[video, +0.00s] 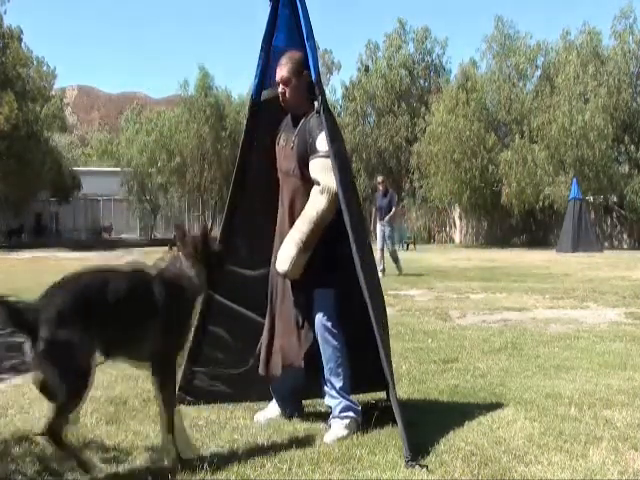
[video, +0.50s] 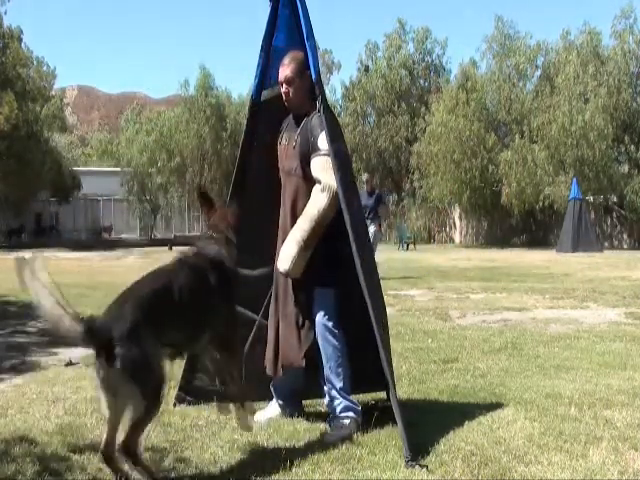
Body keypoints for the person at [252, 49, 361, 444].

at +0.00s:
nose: (279, 90)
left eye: (284, 83)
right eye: (277, 83)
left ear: (305, 83)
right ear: (283, 85)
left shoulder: (319, 126)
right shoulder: (285, 128)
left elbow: (327, 191)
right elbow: (287, 189)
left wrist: (294, 246)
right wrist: (281, 241)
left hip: (322, 238)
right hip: (290, 237)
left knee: (324, 321)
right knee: (286, 319)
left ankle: (343, 410)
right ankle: (284, 399)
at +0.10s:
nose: (279, 90)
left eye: (285, 83)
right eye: (277, 83)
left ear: (306, 83)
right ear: (281, 86)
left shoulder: (319, 126)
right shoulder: (286, 129)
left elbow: (327, 190)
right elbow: (288, 188)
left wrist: (295, 247)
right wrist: (282, 239)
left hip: (322, 239)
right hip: (291, 237)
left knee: (325, 321)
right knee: (286, 317)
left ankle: (343, 409)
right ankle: (284, 399)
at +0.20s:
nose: (281, 90)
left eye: (286, 82)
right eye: (278, 83)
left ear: (307, 83)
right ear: (281, 85)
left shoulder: (319, 126)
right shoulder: (286, 128)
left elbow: (328, 190)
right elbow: (287, 188)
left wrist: (296, 246)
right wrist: (281, 239)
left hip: (322, 238)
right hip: (290, 236)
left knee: (325, 320)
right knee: (286, 315)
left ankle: (344, 410)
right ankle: (284, 398)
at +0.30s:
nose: (281, 90)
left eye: (287, 82)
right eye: (279, 83)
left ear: (308, 83)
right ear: (281, 85)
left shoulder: (319, 126)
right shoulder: (287, 128)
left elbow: (328, 190)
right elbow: (289, 187)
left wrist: (296, 247)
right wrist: (282, 238)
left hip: (323, 238)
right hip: (292, 236)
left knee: (324, 320)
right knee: (286, 316)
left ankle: (343, 410)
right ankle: (284, 399)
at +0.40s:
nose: (282, 90)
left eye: (288, 83)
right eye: (280, 83)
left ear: (308, 83)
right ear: (282, 85)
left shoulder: (319, 126)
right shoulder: (289, 128)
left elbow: (328, 189)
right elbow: (291, 188)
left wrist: (294, 247)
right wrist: (284, 240)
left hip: (323, 238)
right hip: (293, 237)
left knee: (325, 320)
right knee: (287, 316)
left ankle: (344, 410)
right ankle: (284, 399)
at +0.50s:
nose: (283, 90)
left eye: (288, 83)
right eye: (280, 84)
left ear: (308, 83)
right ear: (282, 86)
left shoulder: (319, 126)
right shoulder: (288, 128)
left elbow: (328, 189)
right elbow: (291, 188)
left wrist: (294, 246)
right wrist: (284, 240)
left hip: (323, 239)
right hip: (293, 237)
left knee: (325, 321)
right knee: (287, 317)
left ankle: (344, 411)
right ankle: (284, 400)